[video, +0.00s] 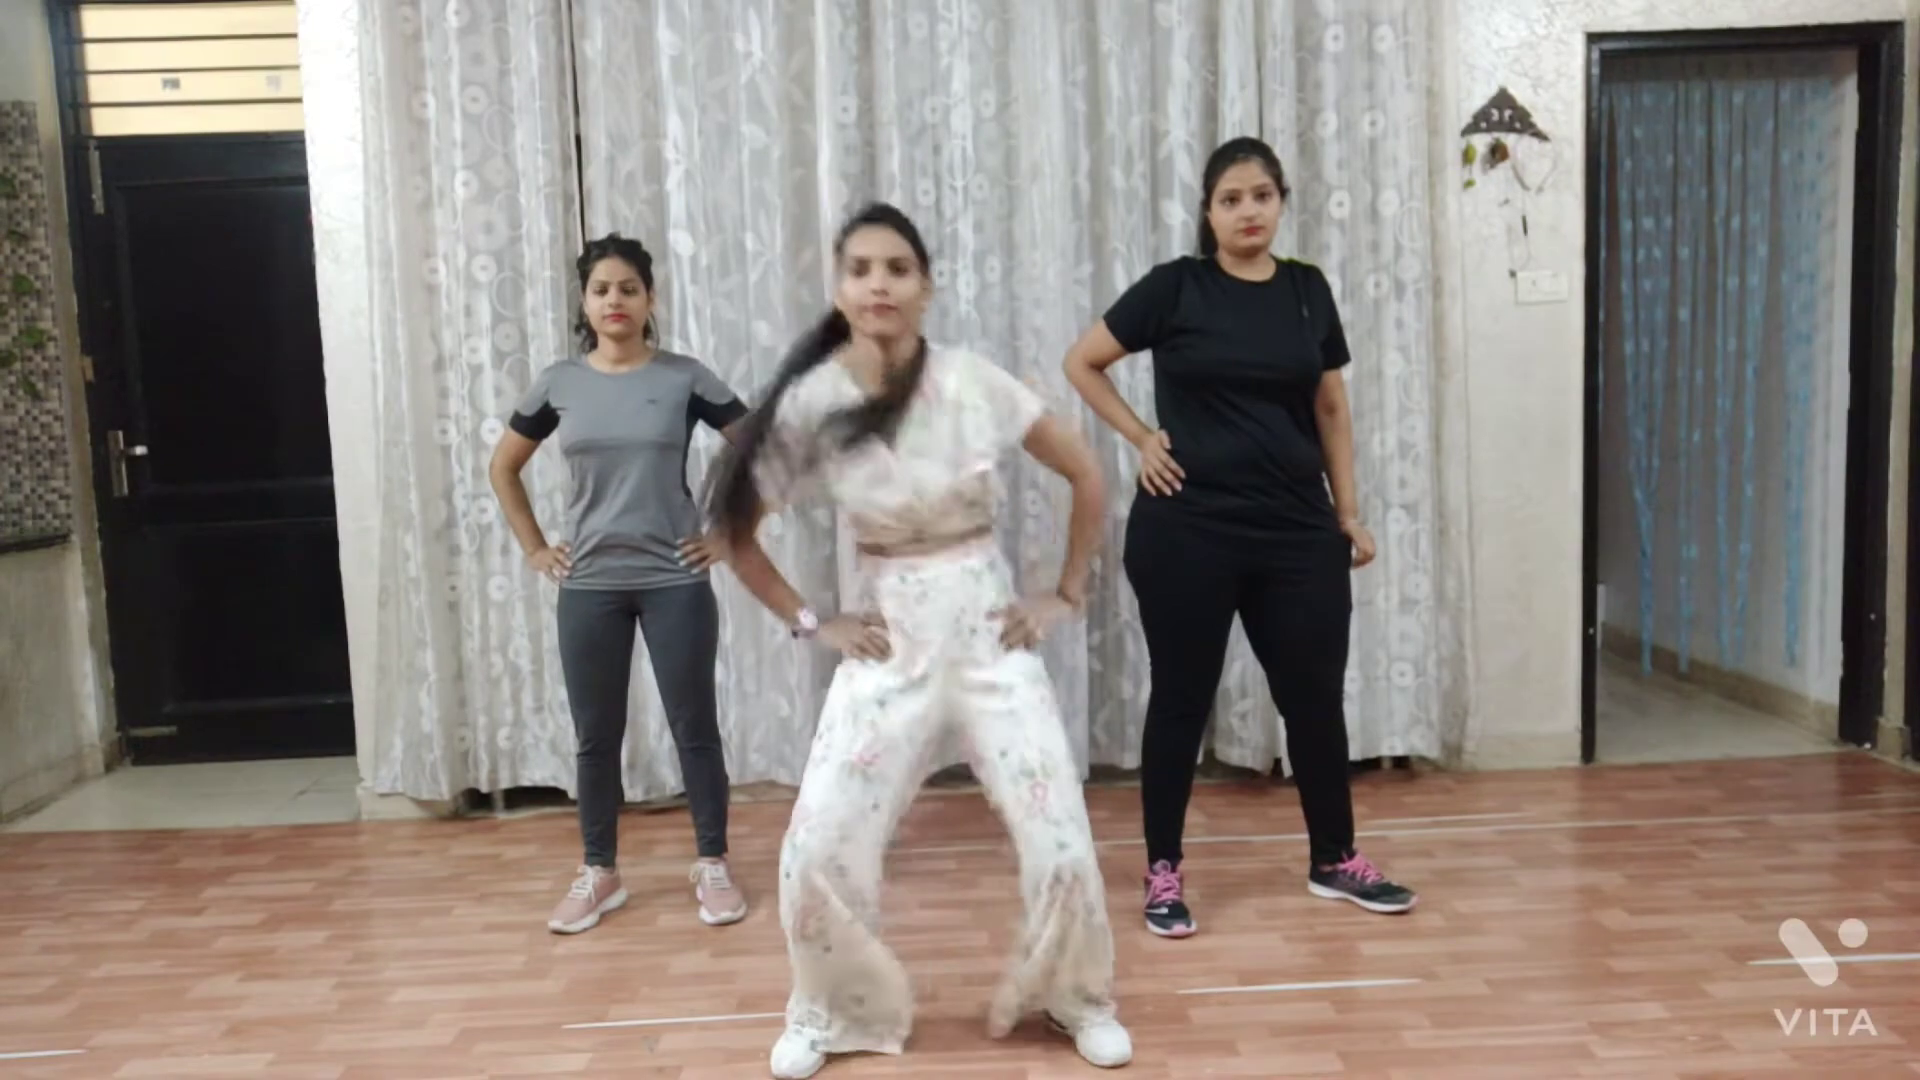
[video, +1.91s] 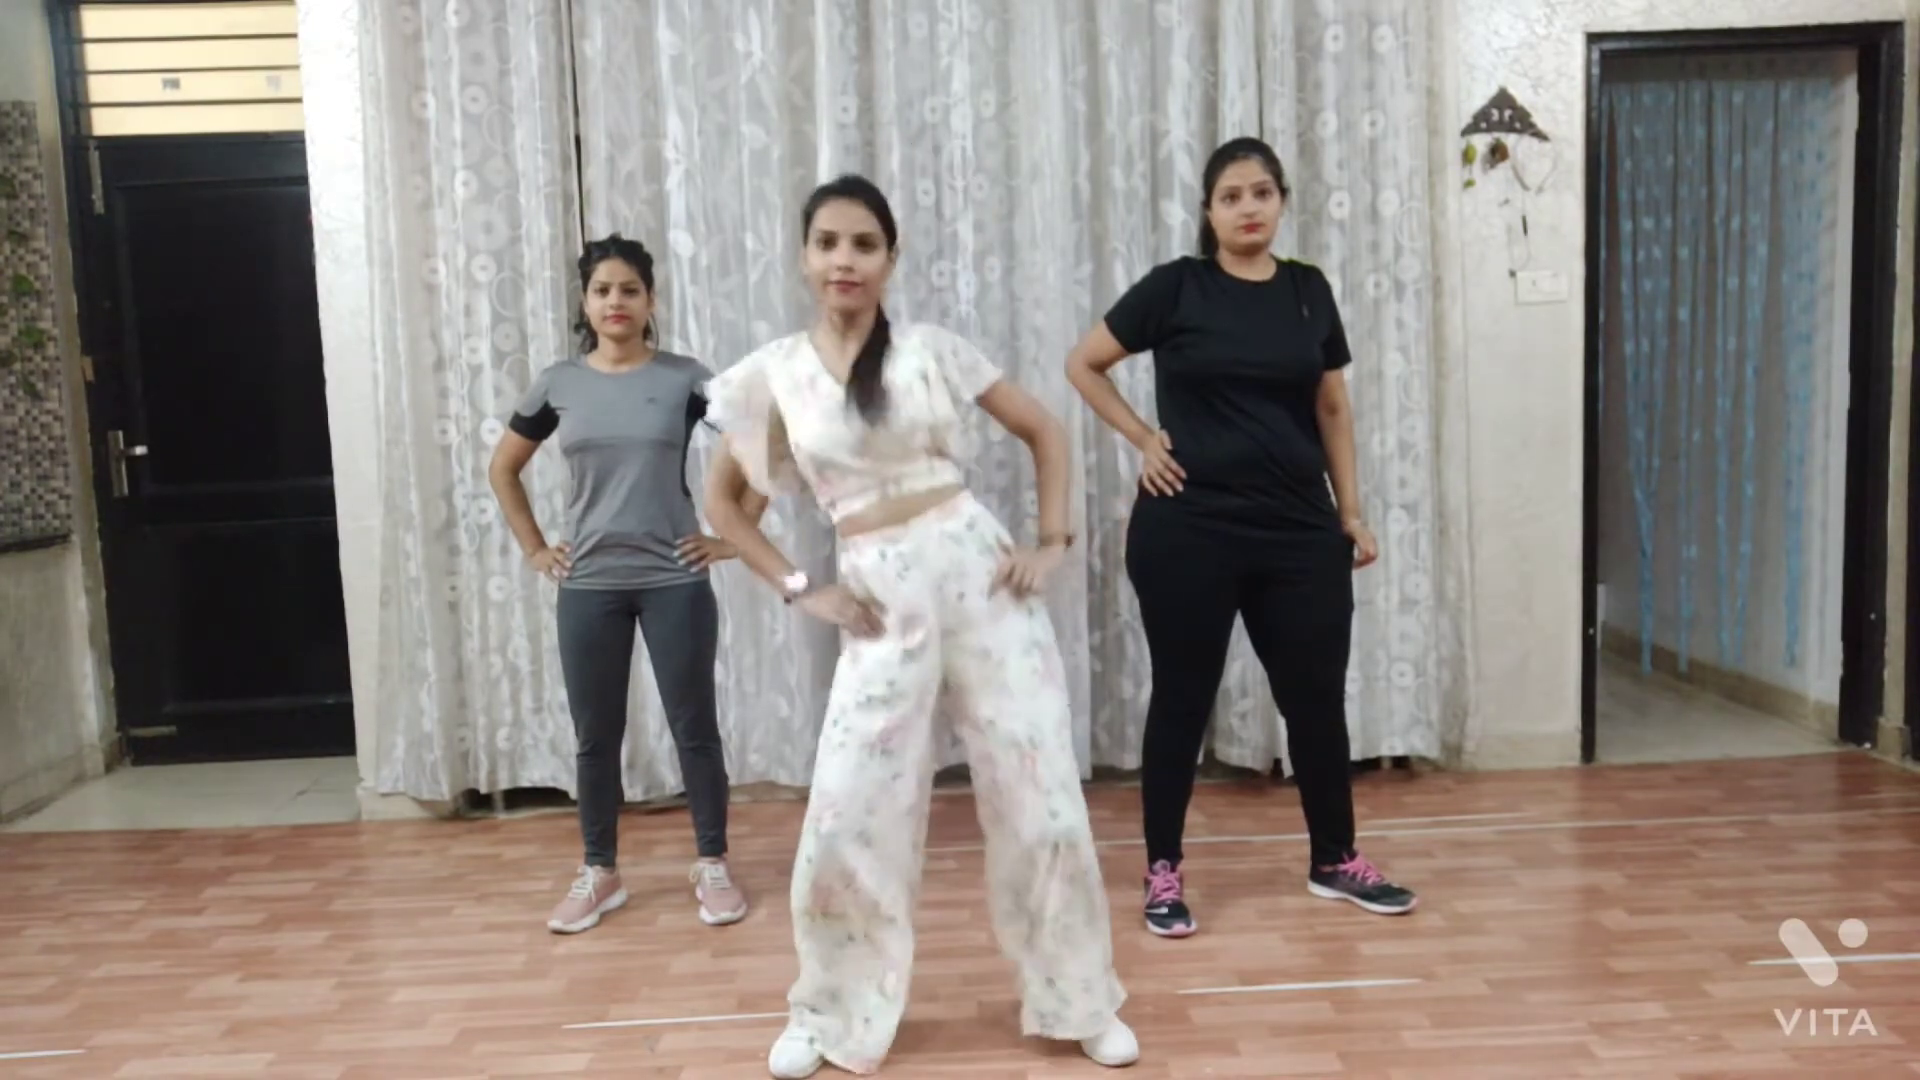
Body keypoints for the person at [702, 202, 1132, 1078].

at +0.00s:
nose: (878, 286)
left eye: (896, 269)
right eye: (860, 269)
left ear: (926, 284)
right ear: (836, 287)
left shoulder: (978, 385)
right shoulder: (808, 404)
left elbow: (1089, 476)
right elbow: (729, 530)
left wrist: (1066, 595)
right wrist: (812, 623)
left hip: (993, 638)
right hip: (882, 648)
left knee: (1062, 844)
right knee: (816, 845)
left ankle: (1082, 1001)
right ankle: (823, 1010)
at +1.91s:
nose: (846, 262)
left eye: (865, 244)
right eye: (828, 243)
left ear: (890, 257)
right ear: (804, 257)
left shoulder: (932, 352)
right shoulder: (773, 383)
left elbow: (1045, 428)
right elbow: (722, 504)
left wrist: (1051, 540)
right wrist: (805, 590)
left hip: (983, 584)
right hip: (879, 607)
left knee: (1044, 799)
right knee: (839, 818)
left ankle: (1079, 1003)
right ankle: (828, 1014)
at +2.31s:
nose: (980, 237)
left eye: (996, 218)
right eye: (961, 222)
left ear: (1025, 230)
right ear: (938, 240)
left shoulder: (1067, 331)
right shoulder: (902, 344)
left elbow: (1138, 434)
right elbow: (802, 433)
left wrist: (1082, 543)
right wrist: (812, 553)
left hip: (1001, 597)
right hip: (900, 588)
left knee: (1043, 800)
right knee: (854, 796)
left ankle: (1084, 1007)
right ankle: (819, 1021)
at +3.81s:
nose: (916, 224)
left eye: (934, 209)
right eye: (899, 213)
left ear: (967, 228)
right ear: (877, 238)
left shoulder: (1007, 344)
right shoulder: (847, 347)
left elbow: (1053, 446)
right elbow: (763, 448)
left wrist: (1087, 523)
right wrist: (704, 520)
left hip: (971, 601)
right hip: (867, 593)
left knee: (990, 812)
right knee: (797, 791)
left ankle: (949, 1006)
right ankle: (775, 1007)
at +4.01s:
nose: (927, 230)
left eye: (944, 215)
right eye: (908, 219)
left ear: (975, 236)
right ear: (887, 244)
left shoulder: (1021, 342)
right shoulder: (856, 349)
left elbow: (1120, 424)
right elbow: (738, 428)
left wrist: (1198, 494)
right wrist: (632, 491)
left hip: (975, 608)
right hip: (879, 600)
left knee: (991, 822)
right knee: (785, 798)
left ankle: (926, 1003)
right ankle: (662, 1013)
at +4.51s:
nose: (926, 238)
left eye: (944, 224)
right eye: (907, 228)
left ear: (974, 250)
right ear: (885, 256)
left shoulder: (1009, 341)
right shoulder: (864, 348)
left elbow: (1131, 372)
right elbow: (772, 378)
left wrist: (1248, 404)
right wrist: (675, 408)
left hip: (972, 606)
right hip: (871, 599)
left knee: (983, 823)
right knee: (768, 797)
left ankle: (948, 1030)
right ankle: (646, 1014)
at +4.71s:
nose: (933, 240)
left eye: (950, 227)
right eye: (916, 228)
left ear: (979, 247)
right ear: (891, 250)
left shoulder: (1005, 343)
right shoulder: (866, 341)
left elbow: (1072, 373)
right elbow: (812, 357)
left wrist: (1141, 405)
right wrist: (754, 380)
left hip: (971, 605)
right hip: (872, 596)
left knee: (986, 822)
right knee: (769, 789)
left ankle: (949, 1024)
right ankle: (646, 1010)